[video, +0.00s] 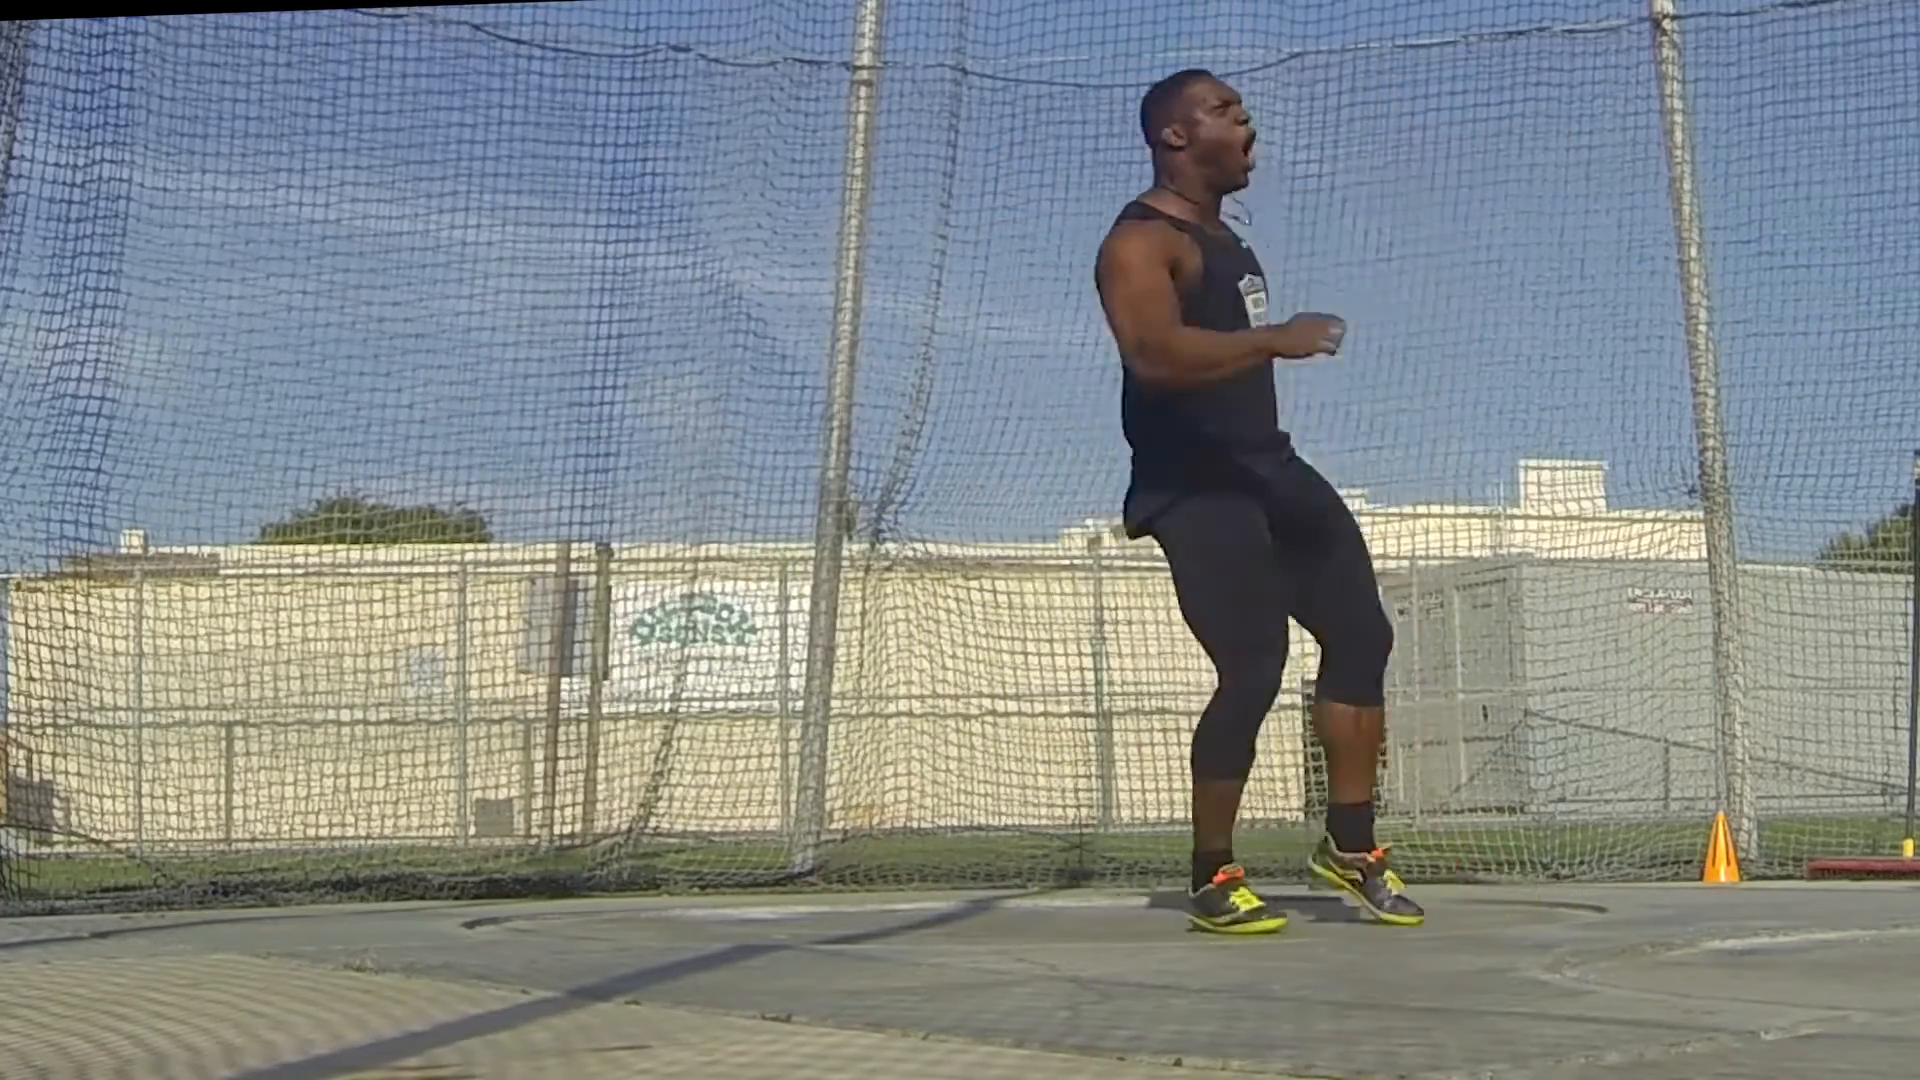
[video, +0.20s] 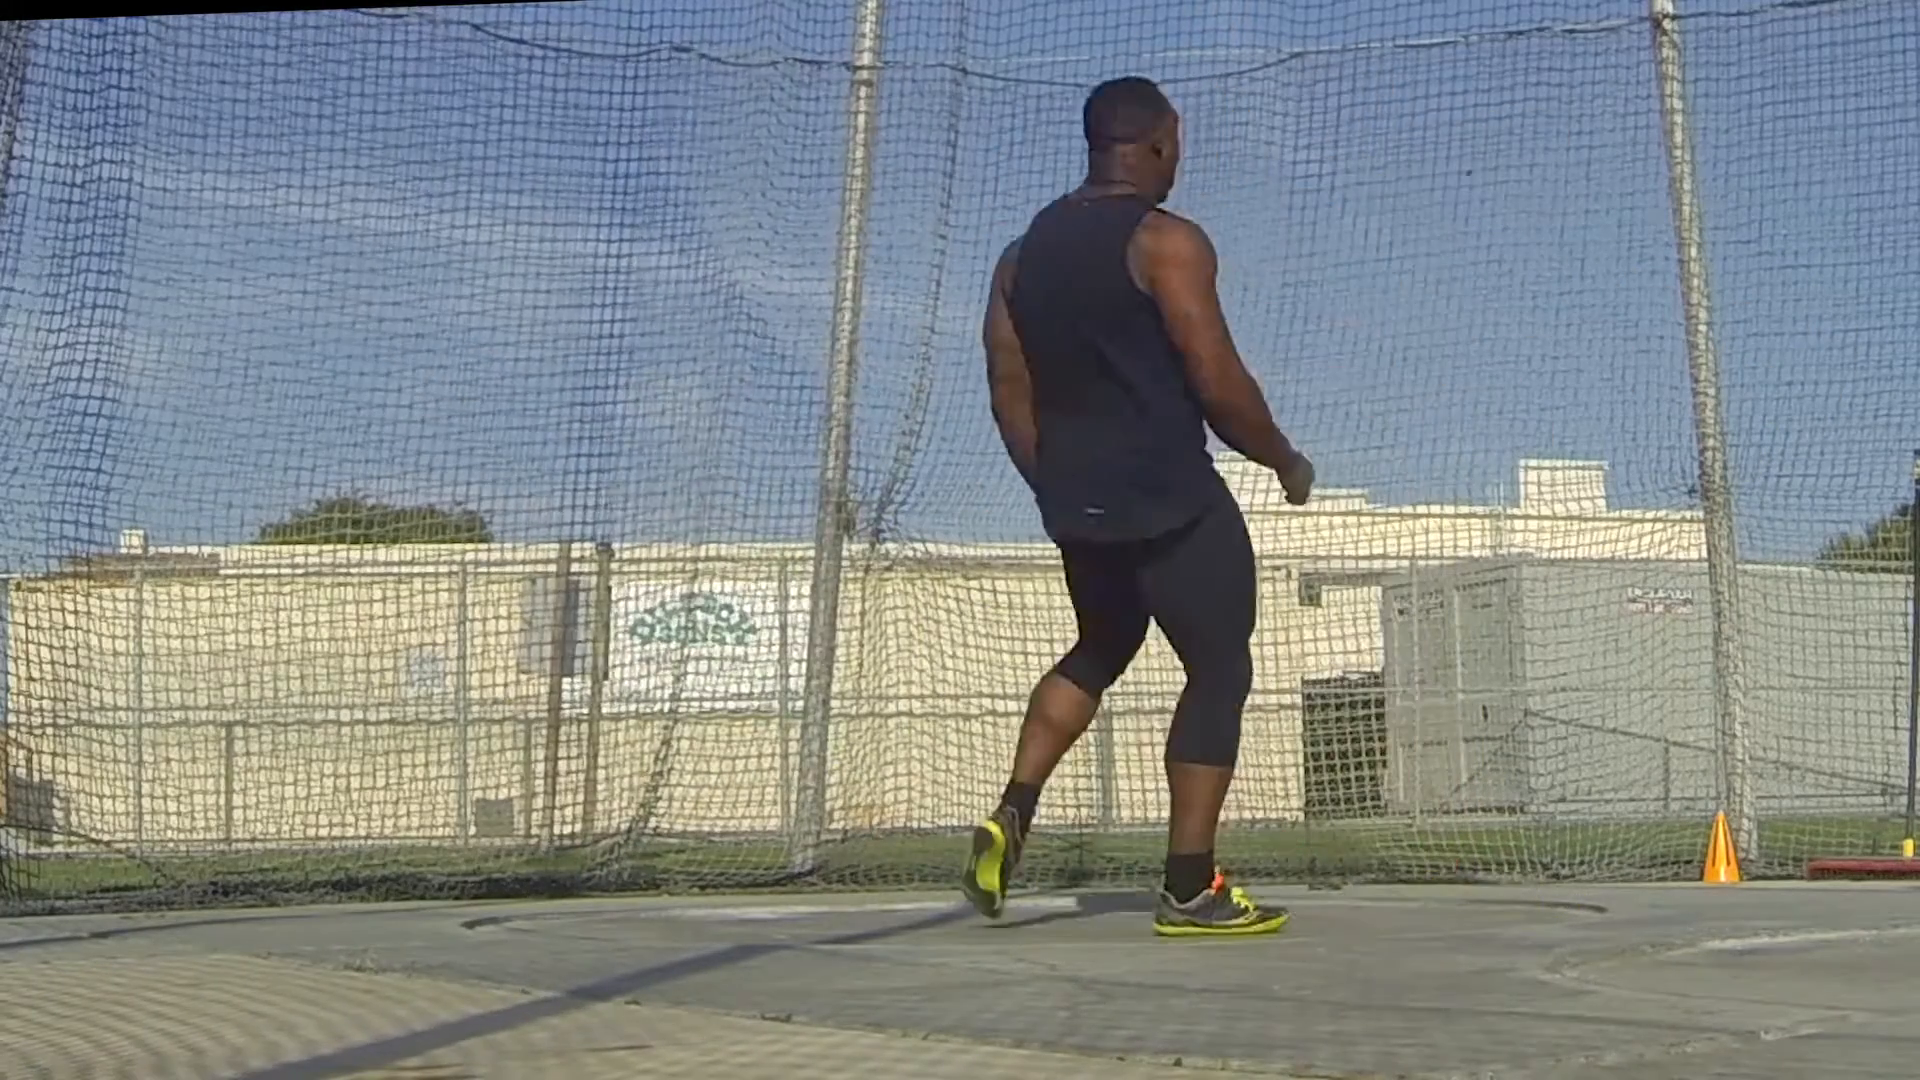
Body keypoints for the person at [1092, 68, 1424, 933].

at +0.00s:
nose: (1248, 128)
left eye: (1243, 113)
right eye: (1228, 114)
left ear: (1194, 141)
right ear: (1174, 136)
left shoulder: (1222, 238)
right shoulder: (1137, 238)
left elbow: (1208, 360)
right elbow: (1154, 355)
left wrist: (1273, 462)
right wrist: (1273, 342)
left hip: (1273, 473)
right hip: (1195, 487)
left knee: (1360, 636)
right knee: (1251, 666)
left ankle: (1351, 849)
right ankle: (1213, 875)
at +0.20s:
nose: (1180, 155)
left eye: (1174, 141)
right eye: (1176, 142)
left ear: (1094, 148)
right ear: (1159, 145)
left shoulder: (1024, 253)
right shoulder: (1169, 241)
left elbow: (1010, 386)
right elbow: (1216, 381)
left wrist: (1056, 482)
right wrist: (1284, 458)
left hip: (1074, 501)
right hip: (1173, 497)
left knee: (1105, 638)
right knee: (1220, 669)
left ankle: (1011, 815)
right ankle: (1191, 885)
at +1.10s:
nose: (985, 182)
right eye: (985, 171)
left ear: (902, 168)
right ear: (977, 168)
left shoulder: (835, 252)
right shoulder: (995, 236)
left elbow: (800, 385)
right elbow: (1028, 358)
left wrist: (826, 506)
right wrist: (1073, 486)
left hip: (888, 502)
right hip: (989, 490)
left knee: (897, 692)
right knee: (1049, 665)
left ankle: (892, 888)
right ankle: (1070, 867)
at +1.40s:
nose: (1051, 138)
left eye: (1050, 125)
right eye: (1034, 125)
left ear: (983, 151)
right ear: (983, 142)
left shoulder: (942, 237)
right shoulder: (987, 238)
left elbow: (945, 387)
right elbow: (1008, 380)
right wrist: (1098, 463)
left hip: (945, 497)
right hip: (1012, 493)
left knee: (928, 677)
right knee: (1051, 673)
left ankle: (875, 875)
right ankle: (1093, 881)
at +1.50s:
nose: (1077, 132)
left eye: (1077, 118)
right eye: (1058, 118)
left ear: (1032, 141)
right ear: (1007, 136)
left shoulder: (1005, 229)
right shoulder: (996, 231)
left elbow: (994, 379)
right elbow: (992, 374)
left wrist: (1077, 469)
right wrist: (1089, 469)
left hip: (990, 499)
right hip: (1031, 497)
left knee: (968, 671)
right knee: (1057, 681)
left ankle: (886, 864)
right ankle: (1098, 888)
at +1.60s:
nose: (1100, 120)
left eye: (1102, 107)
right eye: (1080, 105)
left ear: (1088, 126)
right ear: (1029, 122)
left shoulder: (1073, 231)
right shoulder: (1009, 219)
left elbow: (1087, 374)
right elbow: (994, 361)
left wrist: (1144, 466)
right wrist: (1072, 475)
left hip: (1084, 483)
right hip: (1041, 482)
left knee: (1047, 662)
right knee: (1067, 666)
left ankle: (931, 833)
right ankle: (1099, 886)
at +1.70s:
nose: (1119, 110)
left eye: (1122, 98)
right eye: (1099, 96)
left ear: (1122, 117)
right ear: (1051, 113)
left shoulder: (1113, 229)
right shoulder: (1024, 205)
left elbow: (1125, 362)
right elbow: (997, 340)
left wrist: (1188, 458)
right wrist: (1056, 460)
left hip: (1128, 478)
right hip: (1073, 478)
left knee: (1139, 651)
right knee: (1085, 661)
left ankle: (1004, 819)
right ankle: (1097, 884)